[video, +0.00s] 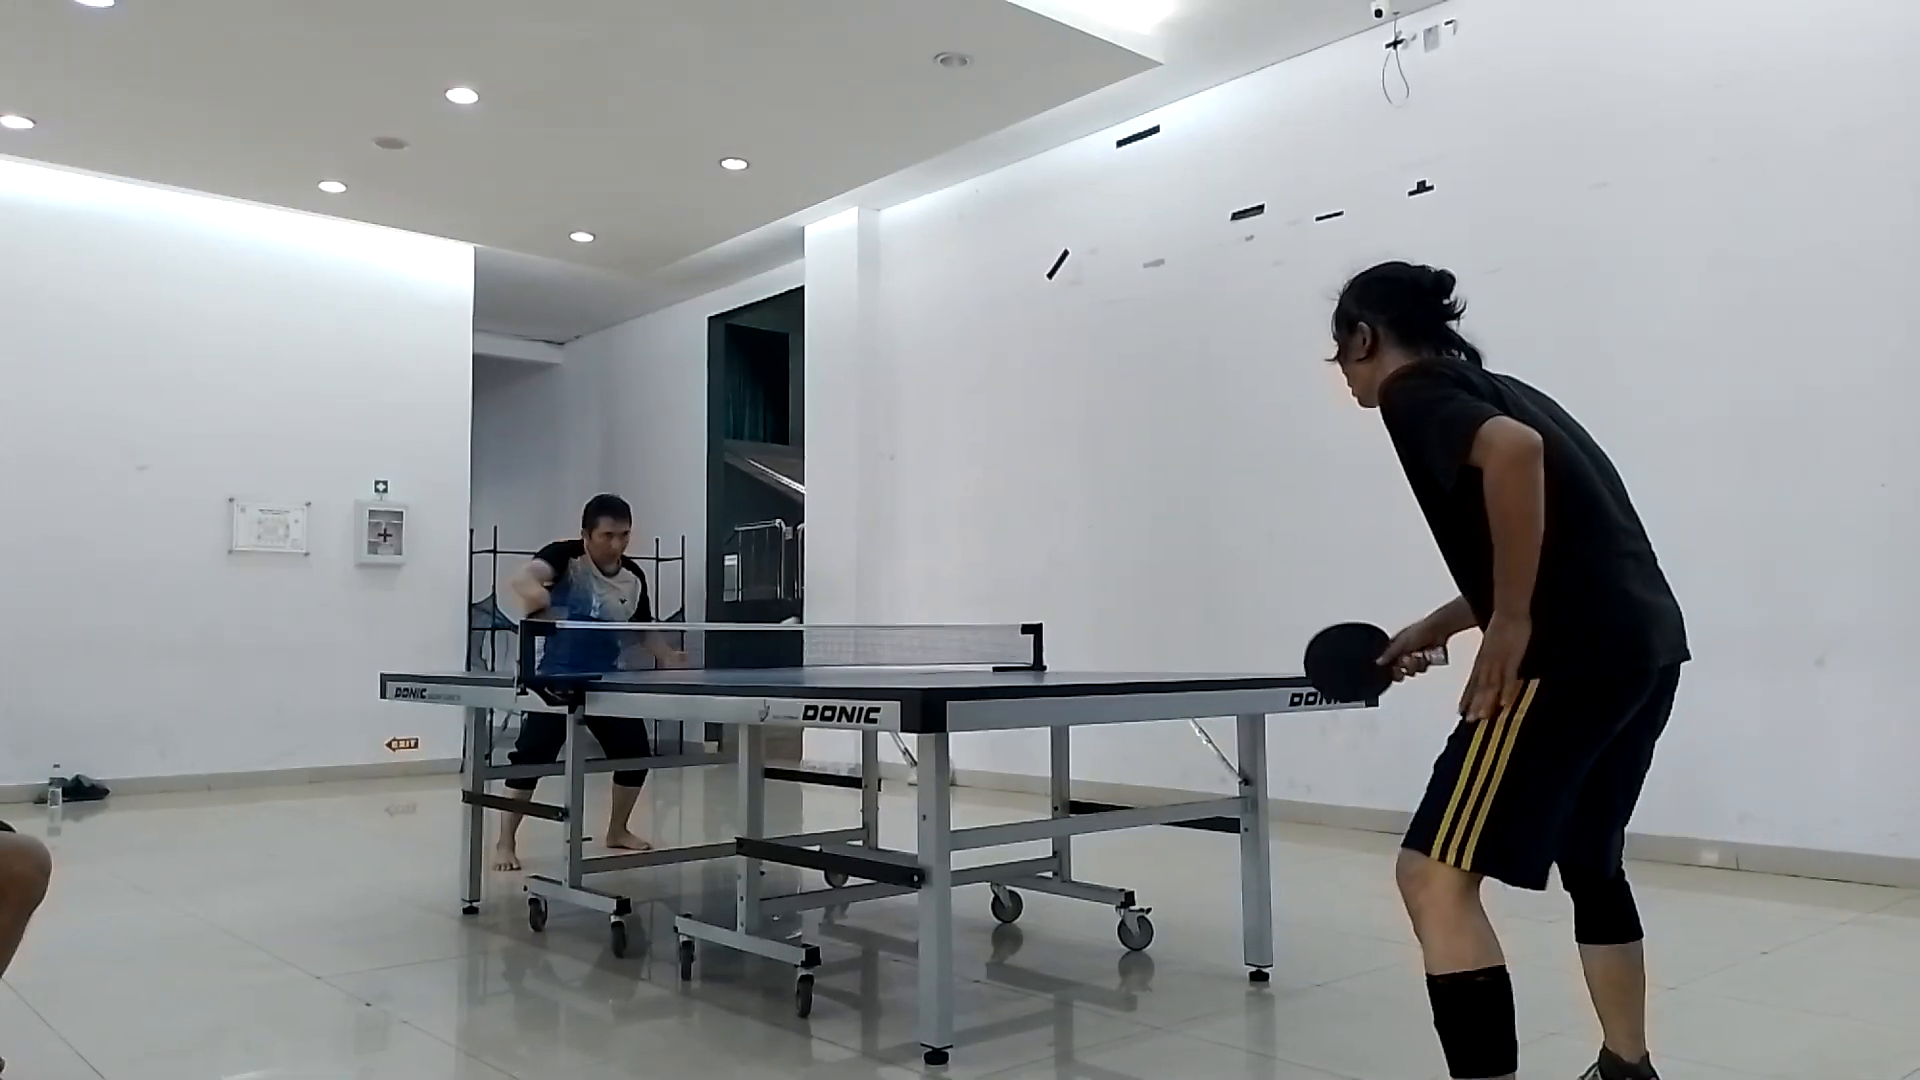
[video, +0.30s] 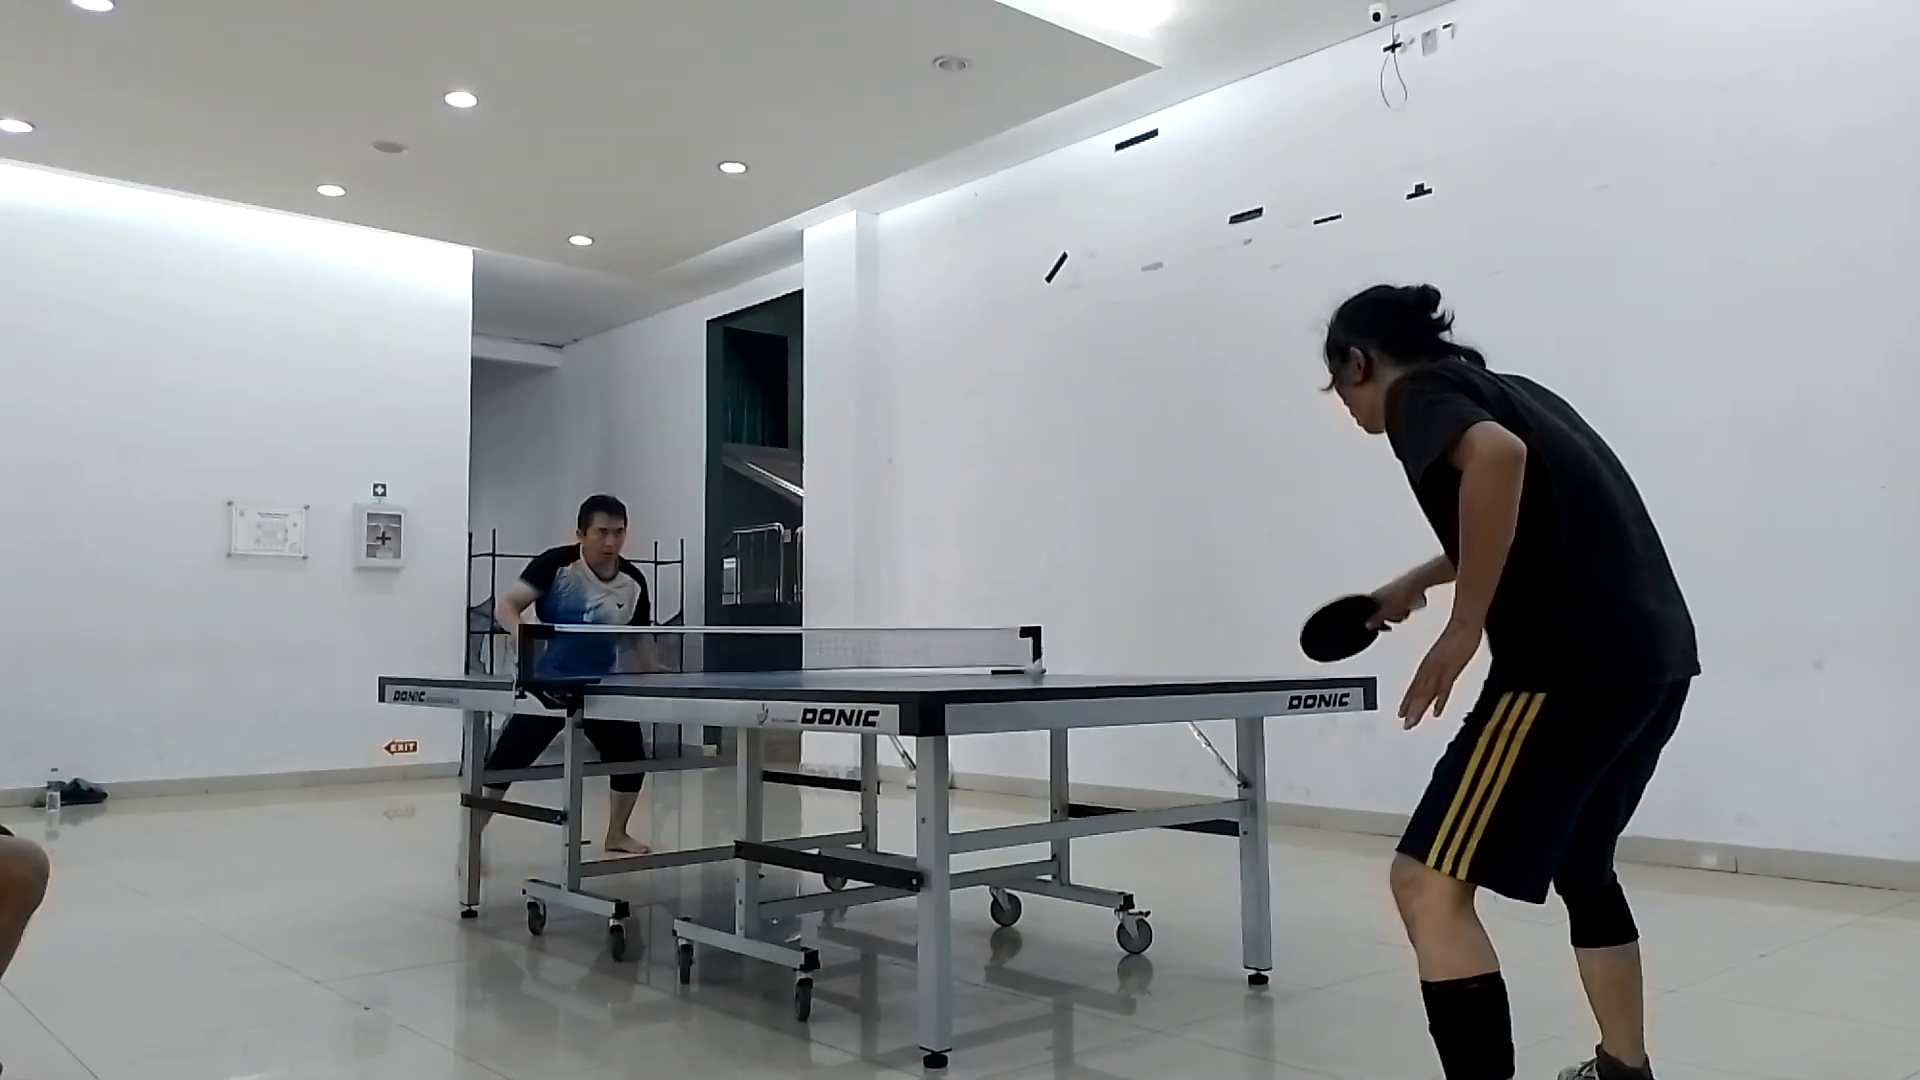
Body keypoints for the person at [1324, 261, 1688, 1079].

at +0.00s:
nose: (1344, 378)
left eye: (1343, 356)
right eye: (1340, 360)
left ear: (1370, 337)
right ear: (1431, 334)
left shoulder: (1415, 391)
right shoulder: (1502, 391)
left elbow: (1512, 446)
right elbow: (1553, 557)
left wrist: (1510, 626)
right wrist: (1436, 628)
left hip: (1567, 649)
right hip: (1646, 644)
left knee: (1432, 873)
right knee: (1591, 859)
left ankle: (1484, 1072)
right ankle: (1628, 1064)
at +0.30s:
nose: (1348, 407)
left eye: (1343, 386)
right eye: (1340, 392)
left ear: (1367, 360)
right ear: (1426, 346)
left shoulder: (1418, 393)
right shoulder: (1506, 392)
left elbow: (1498, 454)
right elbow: (1529, 527)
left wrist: (1461, 633)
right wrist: (1418, 581)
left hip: (1566, 662)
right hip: (1653, 655)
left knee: (1428, 882)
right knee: (1582, 861)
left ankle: (1481, 1077)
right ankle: (1626, 1067)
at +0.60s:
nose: (1390, 443)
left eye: (1388, 425)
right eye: (1385, 429)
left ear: (1419, 411)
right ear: (1436, 411)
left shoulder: (1511, 429)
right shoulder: (1475, 479)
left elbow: (1623, 438)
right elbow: (1388, 524)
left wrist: (1584, 594)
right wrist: (1289, 560)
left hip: (1671, 665)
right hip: (1694, 666)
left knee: (1552, 873)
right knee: (1604, 870)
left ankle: (1537, 1069)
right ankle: (1623, 1066)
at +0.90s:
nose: (1445, 412)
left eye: (1448, 391)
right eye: (1443, 394)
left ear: (1483, 381)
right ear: (1499, 382)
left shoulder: (1569, 416)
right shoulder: (1559, 464)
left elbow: (1690, 451)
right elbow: (1593, 600)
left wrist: (1637, 608)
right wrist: (1448, 640)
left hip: (1753, 656)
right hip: (1707, 667)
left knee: (1676, 883)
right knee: (1624, 835)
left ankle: (1834, 1070)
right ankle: (1623, 1060)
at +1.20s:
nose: (1540, 345)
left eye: (1543, 320)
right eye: (1538, 325)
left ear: (1584, 304)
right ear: (1608, 304)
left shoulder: (1659, 354)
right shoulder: (1661, 379)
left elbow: (1798, 407)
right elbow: (1789, 535)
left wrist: (1752, 581)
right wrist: (1691, 636)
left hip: (1857, 632)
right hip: (1830, 635)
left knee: (1806, 898)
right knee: (1801, 893)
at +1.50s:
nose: (1614, 332)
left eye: (1619, 307)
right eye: (1611, 312)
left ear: (1670, 297)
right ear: (1676, 299)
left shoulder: (1771, 370)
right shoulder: (1750, 396)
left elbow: (1900, 449)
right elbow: (1823, 578)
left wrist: (1856, 646)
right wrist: (1709, 666)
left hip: (1914, 686)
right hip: (1894, 686)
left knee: (1878, 938)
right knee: (1882, 936)